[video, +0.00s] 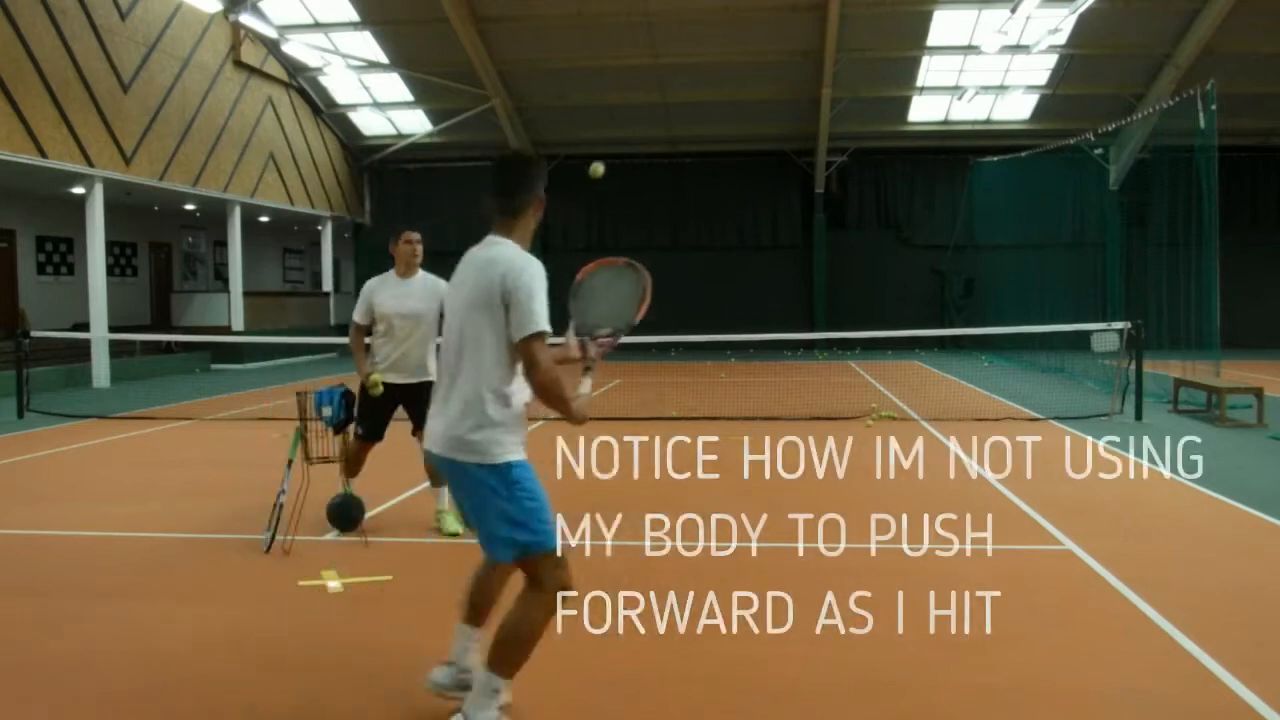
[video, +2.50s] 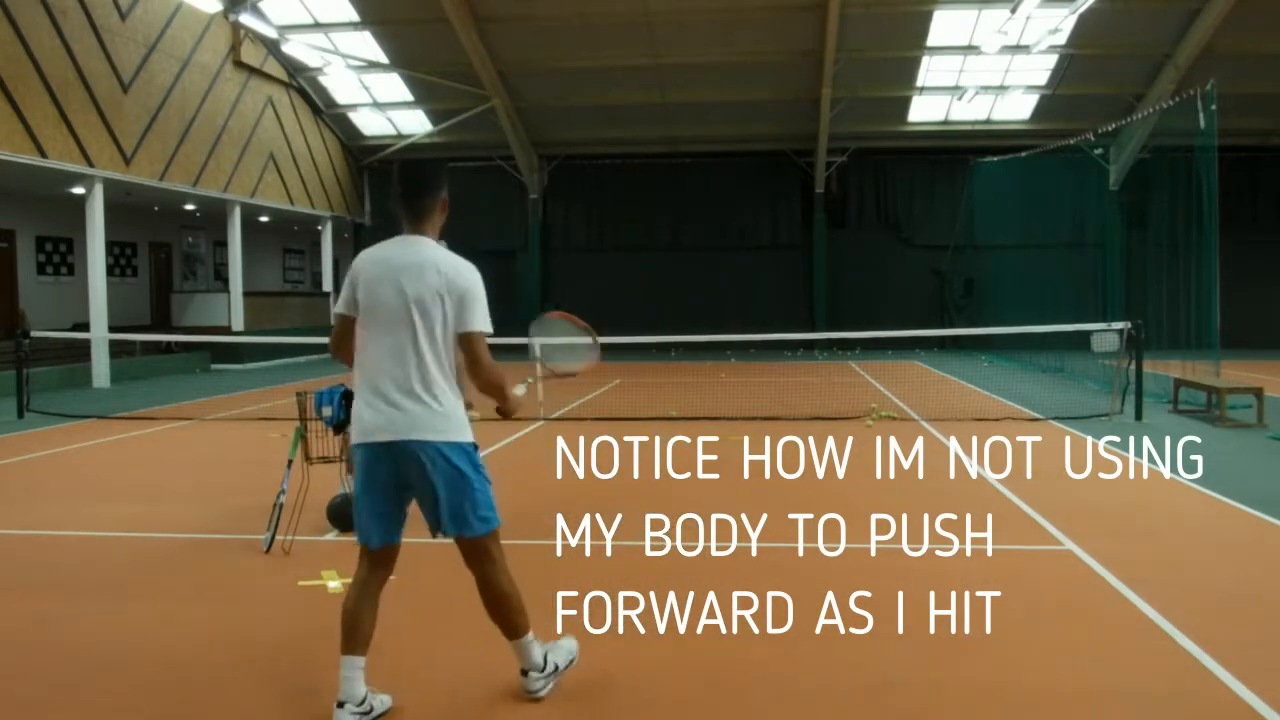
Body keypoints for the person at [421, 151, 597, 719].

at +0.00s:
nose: (545, 205)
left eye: (541, 196)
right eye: (545, 197)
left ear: (493, 202)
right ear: (539, 203)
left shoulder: (470, 263)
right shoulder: (520, 268)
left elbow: (486, 356)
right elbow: (538, 368)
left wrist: (563, 353)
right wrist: (573, 409)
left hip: (448, 442)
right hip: (488, 447)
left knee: (501, 550)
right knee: (551, 580)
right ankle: (482, 706)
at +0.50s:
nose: (657, 217)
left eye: (656, 210)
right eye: (657, 209)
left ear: (625, 209)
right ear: (649, 210)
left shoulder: (644, 264)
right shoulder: (602, 257)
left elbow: (695, 319)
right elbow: (631, 298)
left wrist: (737, 280)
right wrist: (717, 295)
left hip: (608, 415)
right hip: (582, 416)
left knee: (643, 525)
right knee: (643, 526)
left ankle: (613, 640)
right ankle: (598, 654)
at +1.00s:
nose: (686, 289)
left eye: (688, 281)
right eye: (680, 280)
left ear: (680, 285)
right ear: (656, 281)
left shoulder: (678, 321)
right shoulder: (624, 324)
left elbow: (733, 362)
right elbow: (607, 368)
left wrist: (795, 396)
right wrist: (595, 396)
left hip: (621, 446)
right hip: (593, 446)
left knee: (649, 521)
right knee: (680, 524)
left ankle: (599, 603)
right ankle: (683, 650)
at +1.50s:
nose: (657, 220)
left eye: (651, 212)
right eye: (657, 213)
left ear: (614, 219)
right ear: (652, 218)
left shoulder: (588, 274)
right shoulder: (658, 259)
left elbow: (555, 338)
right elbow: (628, 221)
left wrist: (593, 323)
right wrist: (586, 209)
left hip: (599, 425)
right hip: (657, 419)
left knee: (555, 519)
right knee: (681, 513)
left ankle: (532, 633)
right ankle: (732, 611)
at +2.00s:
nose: (538, 197)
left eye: (517, 190)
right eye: (539, 190)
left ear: (493, 193)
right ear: (537, 195)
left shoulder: (489, 244)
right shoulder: (558, 252)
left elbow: (515, 311)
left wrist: (486, 385)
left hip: (514, 409)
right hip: (563, 406)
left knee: (481, 526)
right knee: (552, 516)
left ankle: (526, 648)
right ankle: (565, 642)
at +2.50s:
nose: (446, 211)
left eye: (441, 203)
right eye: (446, 203)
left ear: (397, 208)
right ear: (442, 207)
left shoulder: (364, 263)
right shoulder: (458, 272)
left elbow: (342, 346)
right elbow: (478, 364)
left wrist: (395, 369)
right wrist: (509, 400)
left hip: (372, 435)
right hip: (438, 434)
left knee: (372, 566)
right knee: (486, 558)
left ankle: (350, 694)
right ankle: (535, 664)